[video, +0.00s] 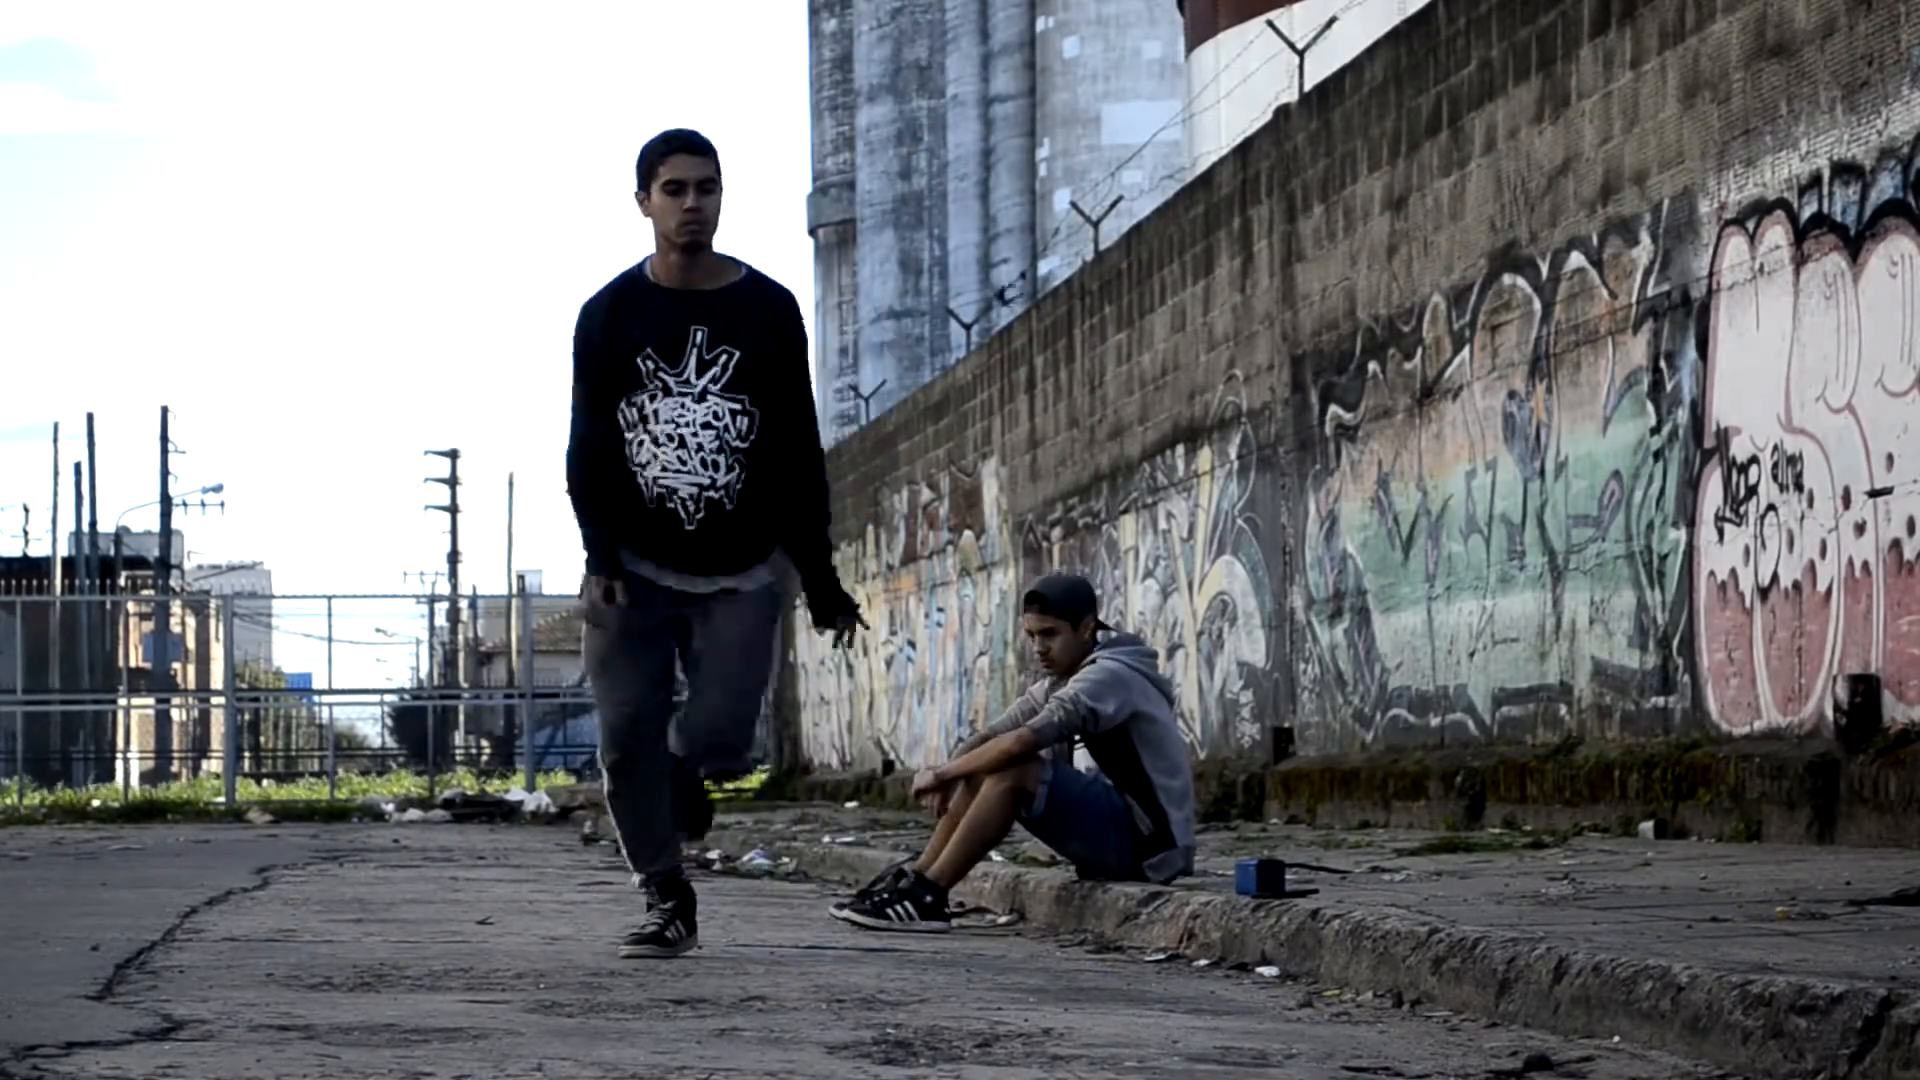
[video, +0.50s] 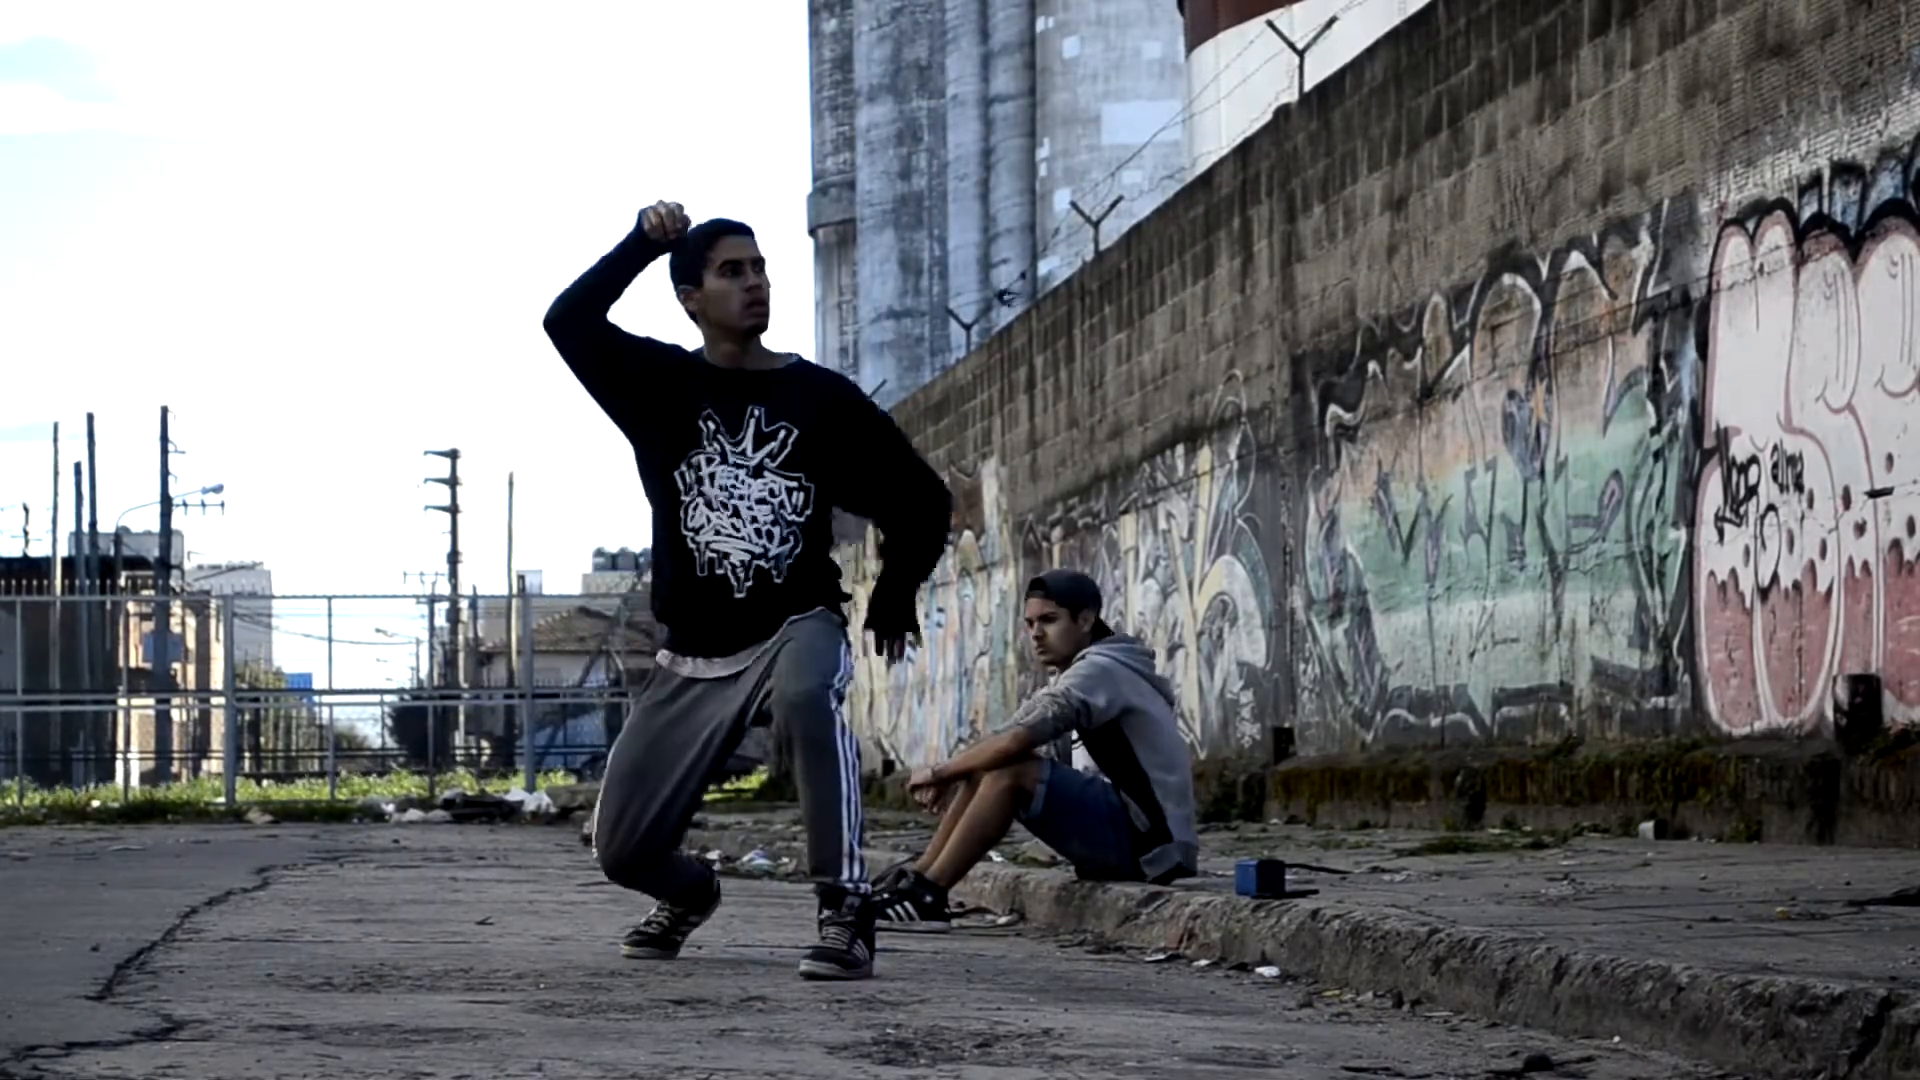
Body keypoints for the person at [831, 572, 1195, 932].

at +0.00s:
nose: (1039, 648)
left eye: (1049, 635)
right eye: (1031, 636)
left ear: (1088, 628)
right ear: (1027, 634)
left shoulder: (1110, 673)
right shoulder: (1068, 676)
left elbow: (1024, 743)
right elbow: (1002, 731)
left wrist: (943, 773)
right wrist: (945, 773)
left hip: (1148, 846)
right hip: (1118, 836)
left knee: (1015, 771)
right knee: (986, 763)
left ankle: (932, 894)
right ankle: (914, 883)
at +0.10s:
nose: (1039, 654)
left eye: (1049, 640)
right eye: (1031, 641)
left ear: (1087, 631)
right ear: (1026, 637)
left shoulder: (1110, 675)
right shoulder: (1067, 680)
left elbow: (1022, 746)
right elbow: (998, 733)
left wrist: (942, 773)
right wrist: (944, 773)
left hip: (1149, 845)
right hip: (1118, 836)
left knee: (1015, 770)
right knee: (985, 763)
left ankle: (932, 895)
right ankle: (913, 883)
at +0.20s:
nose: (1040, 652)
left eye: (1051, 639)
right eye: (1033, 640)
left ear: (1088, 630)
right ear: (1027, 635)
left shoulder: (1111, 675)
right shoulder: (1071, 678)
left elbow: (1019, 745)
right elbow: (1000, 732)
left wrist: (941, 773)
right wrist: (943, 772)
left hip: (1150, 844)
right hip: (1119, 835)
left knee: (1014, 772)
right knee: (983, 765)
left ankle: (931, 896)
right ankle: (915, 882)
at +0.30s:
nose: (1040, 646)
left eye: (1051, 632)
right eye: (1034, 634)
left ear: (1089, 626)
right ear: (1030, 630)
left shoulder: (1109, 671)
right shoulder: (1078, 673)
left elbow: (1023, 741)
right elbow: (1010, 729)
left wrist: (942, 772)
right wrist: (952, 771)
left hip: (1149, 843)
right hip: (1122, 833)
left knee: (1012, 772)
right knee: (985, 765)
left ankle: (932, 895)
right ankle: (917, 882)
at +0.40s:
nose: (1038, 639)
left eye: (1051, 625)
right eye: (1032, 627)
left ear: (1087, 623)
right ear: (1027, 626)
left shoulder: (1107, 667)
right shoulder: (1078, 670)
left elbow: (1020, 740)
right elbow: (1011, 732)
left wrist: (941, 772)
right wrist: (947, 772)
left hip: (1149, 845)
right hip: (1122, 835)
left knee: (1011, 772)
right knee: (986, 765)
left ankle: (934, 893)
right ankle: (919, 879)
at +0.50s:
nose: (1035, 634)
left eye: (1047, 621)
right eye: (1030, 624)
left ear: (1085, 621)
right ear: (1026, 624)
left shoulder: (1103, 666)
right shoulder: (1081, 668)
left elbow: (1018, 741)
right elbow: (1012, 736)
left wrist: (940, 772)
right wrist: (948, 773)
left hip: (1149, 844)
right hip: (1123, 835)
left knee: (1011, 772)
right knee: (987, 766)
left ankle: (934, 893)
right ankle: (917, 879)